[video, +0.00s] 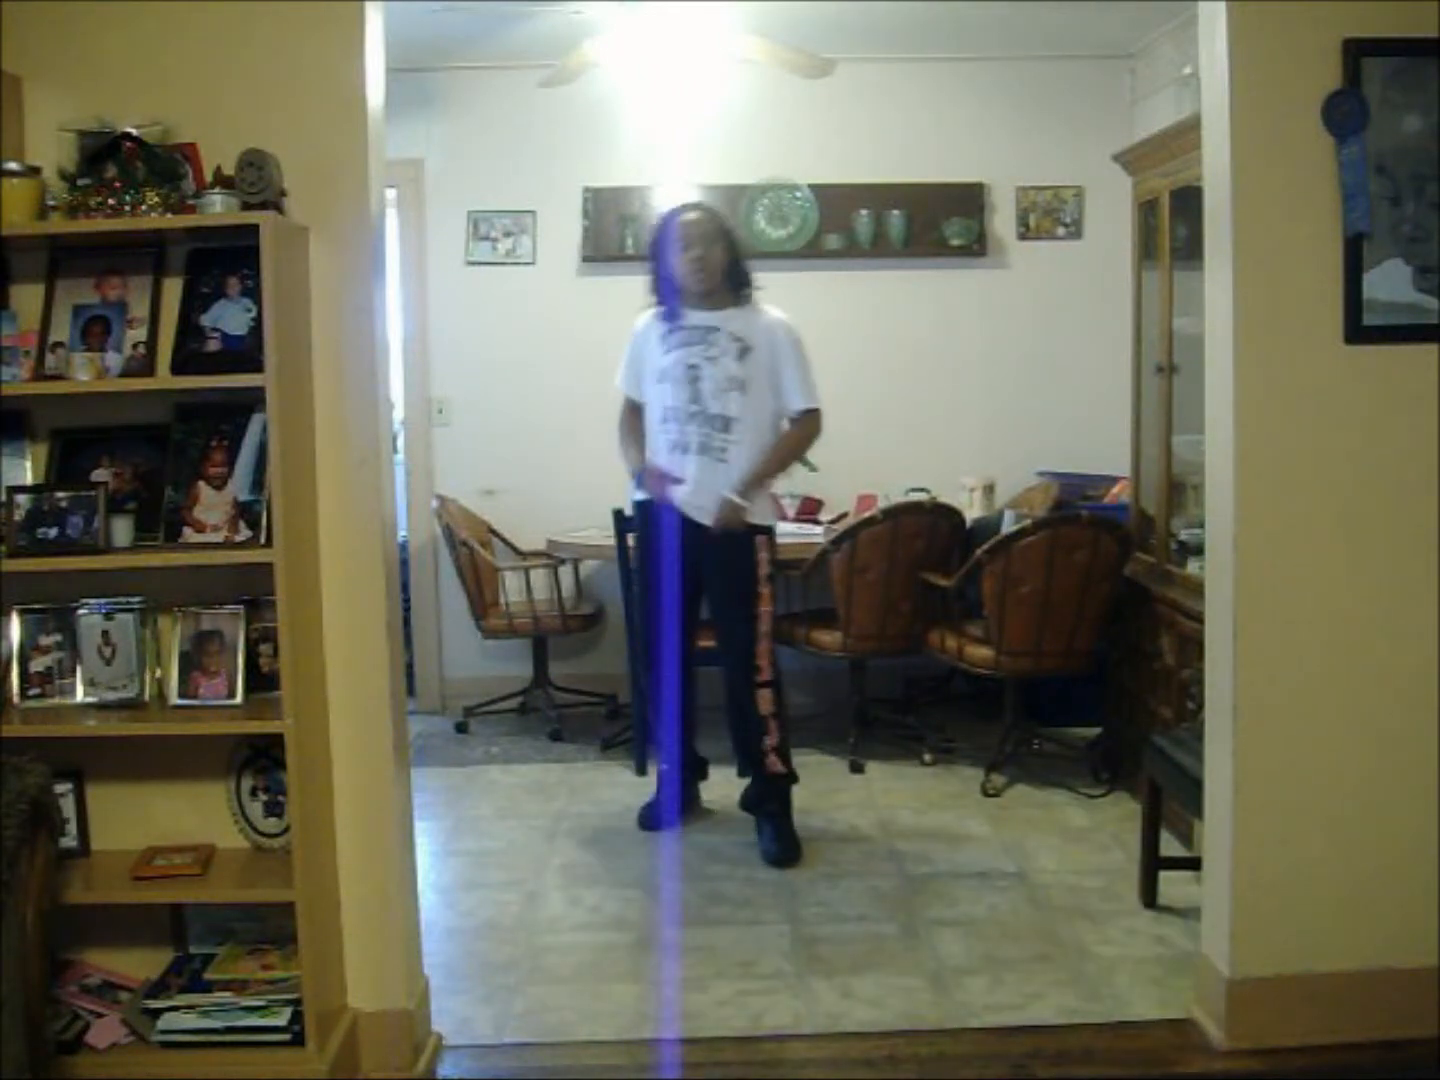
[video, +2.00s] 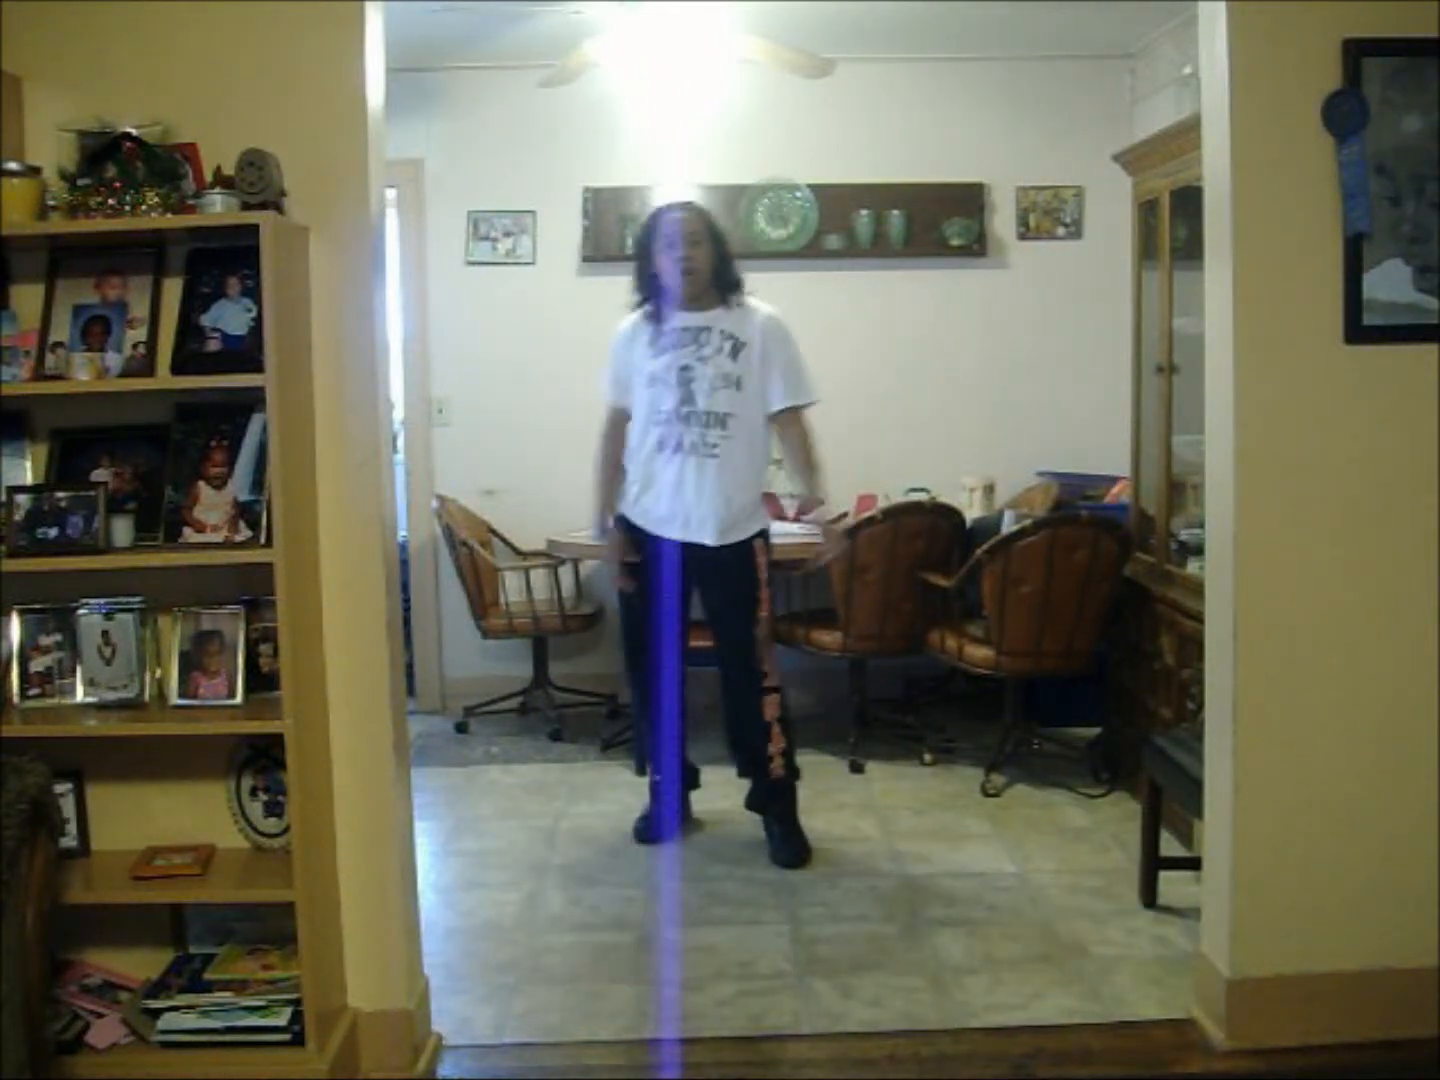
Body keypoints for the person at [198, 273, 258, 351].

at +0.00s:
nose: (233, 288)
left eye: (235, 285)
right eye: (230, 285)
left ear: (240, 287)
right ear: (225, 287)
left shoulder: (247, 303)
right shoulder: (222, 304)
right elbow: (205, 320)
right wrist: (210, 334)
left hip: (244, 338)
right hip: (225, 337)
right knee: (212, 341)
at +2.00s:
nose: (233, 288)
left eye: (236, 285)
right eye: (230, 285)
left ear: (240, 287)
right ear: (225, 287)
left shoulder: (247, 303)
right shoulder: (221, 304)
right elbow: (205, 320)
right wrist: (210, 335)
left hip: (243, 338)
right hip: (224, 338)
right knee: (212, 340)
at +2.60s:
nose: (233, 289)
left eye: (236, 285)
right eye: (230, 286)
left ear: (240, 287)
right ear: (225, 288)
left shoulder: (247, 303)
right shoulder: (221, 304)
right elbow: (206, 320)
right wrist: (210, 335)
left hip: (244, 339)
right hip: (225, 338)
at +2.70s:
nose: (233, 289)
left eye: (236, 285)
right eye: (230, 286)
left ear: (240, 287)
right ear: (225, 288)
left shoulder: (247, 304)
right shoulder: (221, 304)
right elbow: (205, 320)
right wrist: (210, 336)